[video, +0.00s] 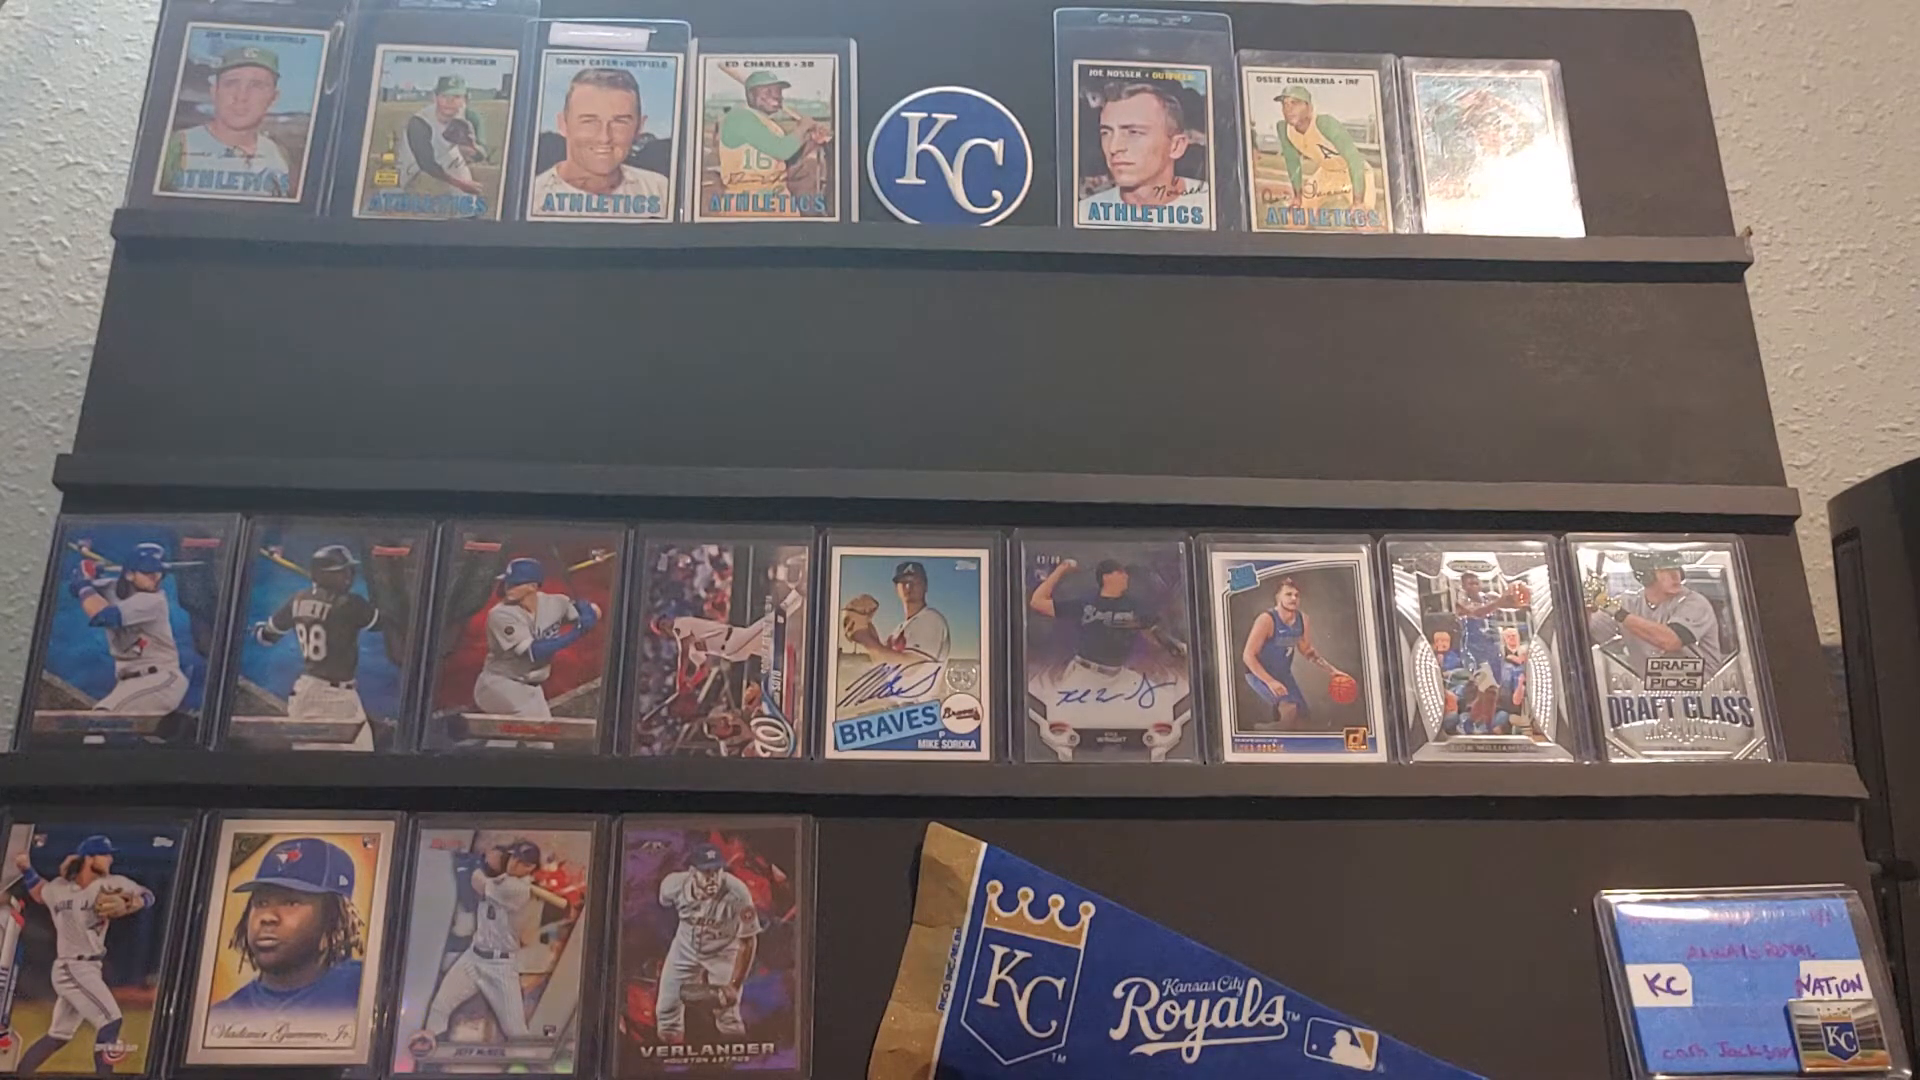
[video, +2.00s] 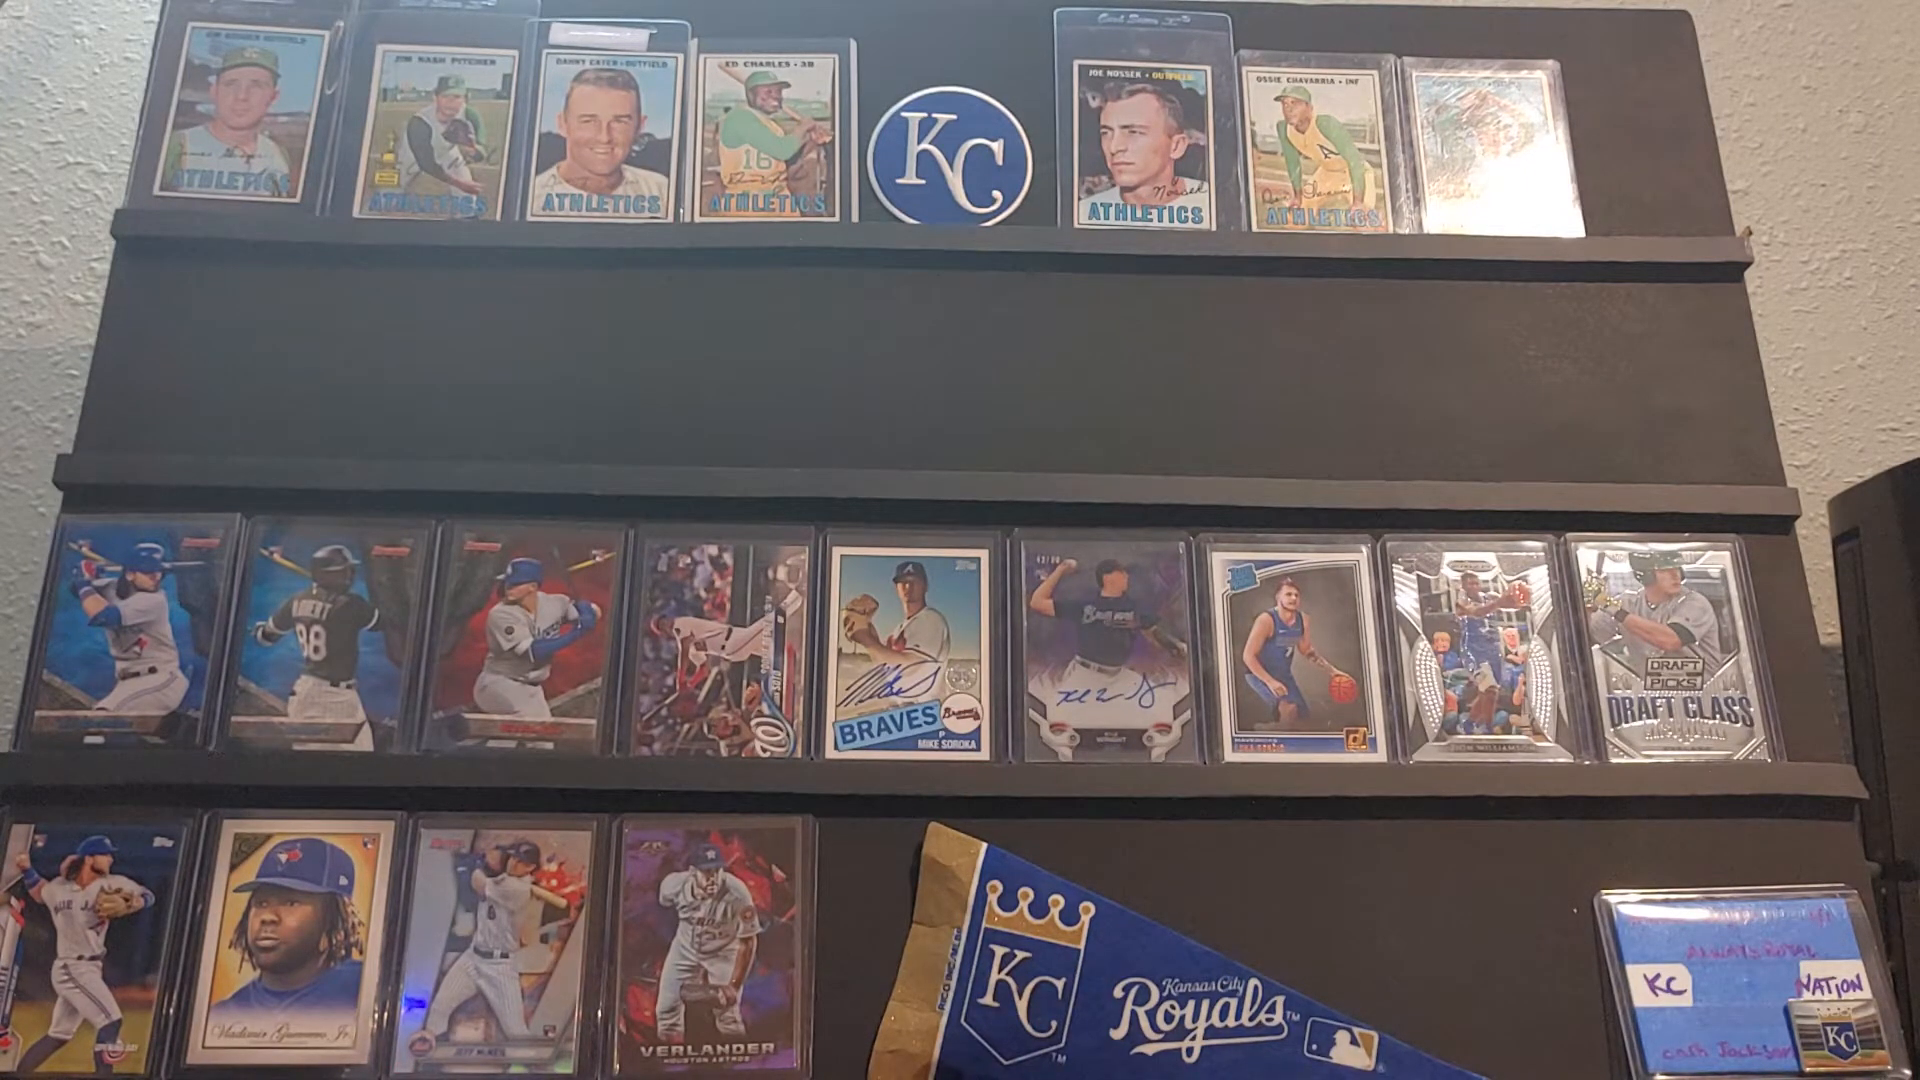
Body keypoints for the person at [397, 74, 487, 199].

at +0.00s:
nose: (450, 102)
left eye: (456, 97)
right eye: (444, 96)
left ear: (465, 101)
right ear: (436, 98)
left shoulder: (468, 117)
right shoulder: (419, 123)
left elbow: (481, 154)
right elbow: (427, 165)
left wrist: (470, 151)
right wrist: (462, 185)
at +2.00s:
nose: (451, 102)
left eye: (457, 97)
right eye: (446, 96)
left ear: (464, 100)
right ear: (436, 98)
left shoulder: (469, 115)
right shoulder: (419, 123)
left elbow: (481, 154)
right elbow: (427, 165)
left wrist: (469, 150)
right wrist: (461, 185)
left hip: (453, 162)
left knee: (467, 196)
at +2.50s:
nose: (451, 102)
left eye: (457, 97)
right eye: (446, 96)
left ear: (464, 100)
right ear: (436, 98)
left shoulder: (469, 115)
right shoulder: (419, 123)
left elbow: (481, 154)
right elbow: (427, 165)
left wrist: (469, 150)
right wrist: (461, 185)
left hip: (454, 164)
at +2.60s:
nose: (451, 102)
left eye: (457, 97)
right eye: (446, 96)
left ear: (464, 100)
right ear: (436, 98)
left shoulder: (469, 115)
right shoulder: (419, 123)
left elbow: (481, 154)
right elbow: (427, 165)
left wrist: (469, 150)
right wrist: (461, 185)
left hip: (454, 164)